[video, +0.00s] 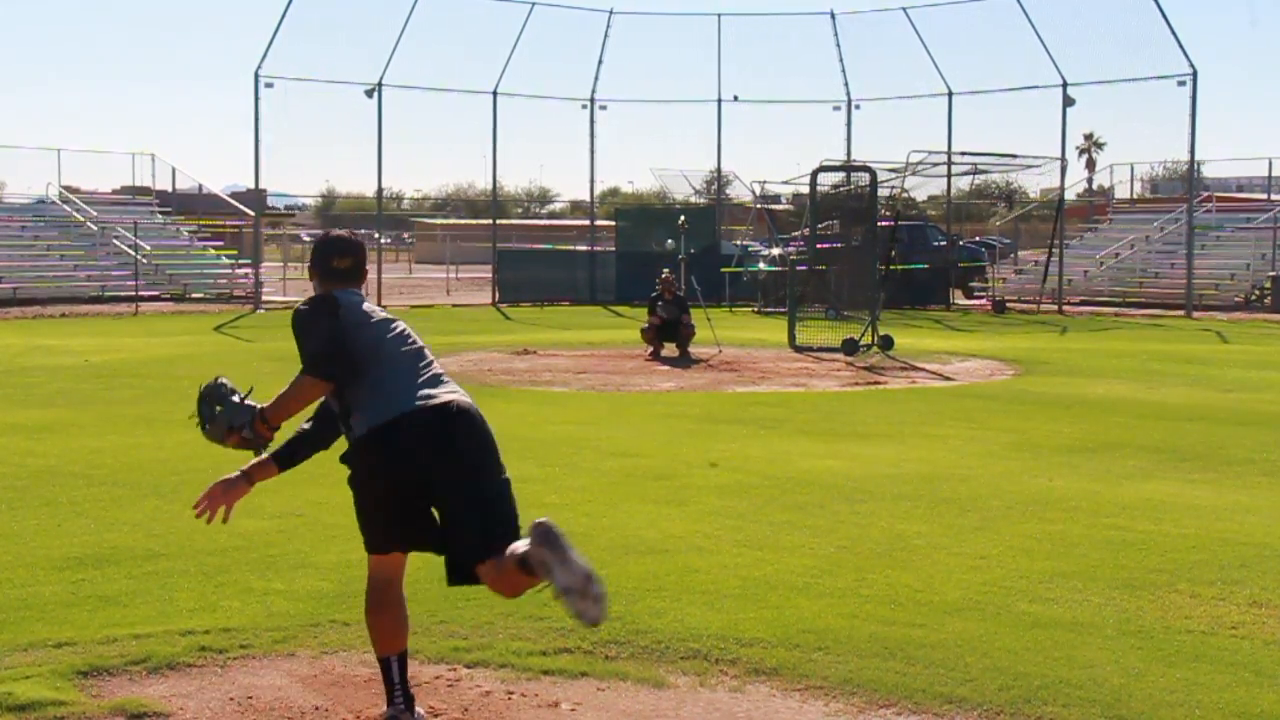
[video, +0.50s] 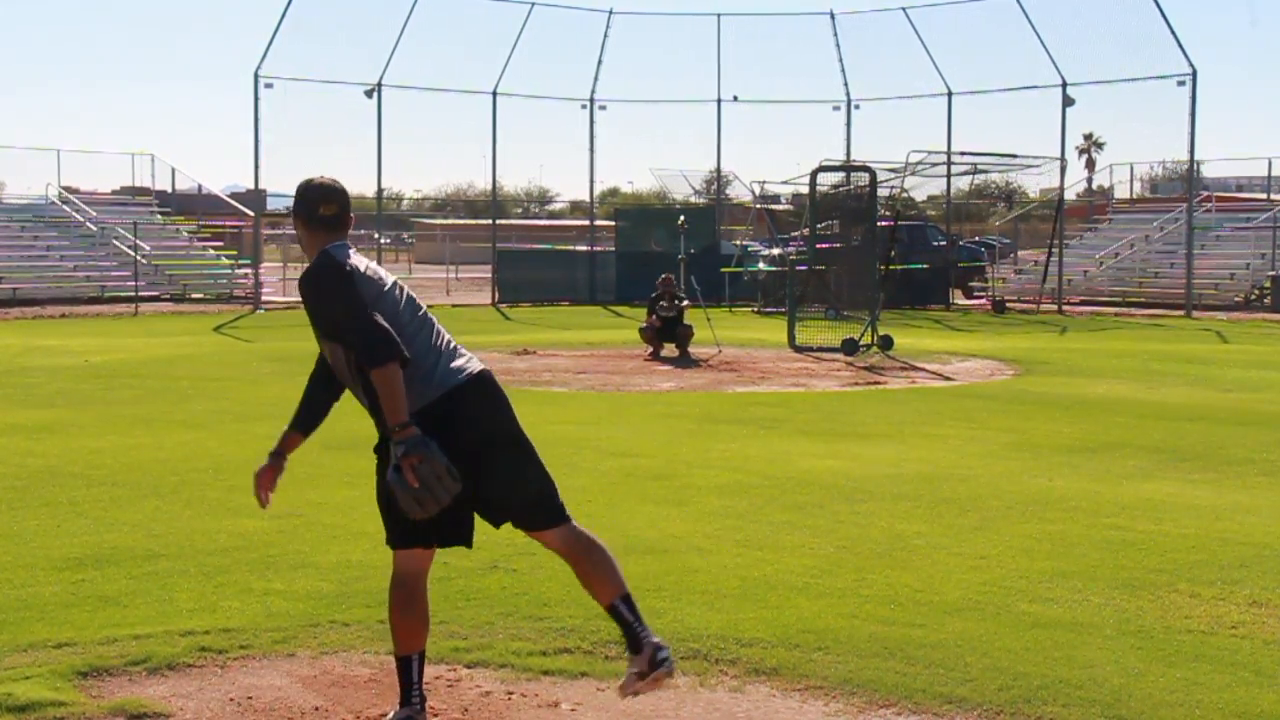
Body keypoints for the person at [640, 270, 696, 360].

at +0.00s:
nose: (667, 286)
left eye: (670, 283)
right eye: (664, 283)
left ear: (674, 285)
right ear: (660, 285)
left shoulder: (680, 299)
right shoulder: (654, 299)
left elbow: (686, 316)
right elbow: (651, 318)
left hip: (677, 326)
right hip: (661, 326)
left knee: (688, 328)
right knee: (646, 331)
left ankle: (683, 349)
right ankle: (657, 347)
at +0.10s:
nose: (667, 285)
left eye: (670, 282)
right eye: (665, 283)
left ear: (674, 284)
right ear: (661, 284)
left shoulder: (679, 298)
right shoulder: (654, 299)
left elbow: (690, 316)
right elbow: (650, 318)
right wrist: (659, 321)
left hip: (675, 326)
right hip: (660, 325)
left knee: (689, 329)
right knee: (646, 331)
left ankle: (683, 350)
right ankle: (656, 348)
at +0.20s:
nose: (667, 288)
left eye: (670, 285)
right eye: (665, 285)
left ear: (674, 286)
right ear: (660, 285)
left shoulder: (679, 298)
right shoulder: (655, 299)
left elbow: (689, 307)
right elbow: (650, 317)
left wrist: (687, 307)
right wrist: (654, 321)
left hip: (675, 327)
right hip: (660, 326)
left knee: (688, 329)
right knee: (646, 331)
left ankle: (683, 349)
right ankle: (656, 347)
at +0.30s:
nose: (666, 289)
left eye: (670, 286)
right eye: (664, 286)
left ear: (674, 287)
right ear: (660, 287)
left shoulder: (678, 298)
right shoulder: (655, 298)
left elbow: (688, 304)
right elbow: (649, 318)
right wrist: (654, 321)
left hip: (675, 327)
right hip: (660, 327)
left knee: (688, 329)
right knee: (646, 331)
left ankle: (683, 350)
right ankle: (656, 347)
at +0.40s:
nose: (667, 288)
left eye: (670, 285)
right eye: (664, 285)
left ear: (674, 286)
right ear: (660, 286)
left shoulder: (679, 297)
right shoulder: (654, 298)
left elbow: (688, 303)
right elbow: (648, 318)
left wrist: (681, 304)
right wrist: (654, 321)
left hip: (675, 328)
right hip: (660, 327)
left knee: (688, 329)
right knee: (645, 330)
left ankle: (683, 350)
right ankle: (656, 347)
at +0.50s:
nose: (667, 289)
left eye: (669, 286)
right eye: (664, 286)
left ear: (674, 286)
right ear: (659, 286)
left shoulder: (678, 297)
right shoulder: (654, 298)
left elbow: (687, 303)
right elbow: (648, 319)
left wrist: (680, 306)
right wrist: (654, 321)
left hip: (675, 328)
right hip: (660, 328)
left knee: (687, 329)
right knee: (645, 330)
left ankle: (683, 350)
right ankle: (656, 347)